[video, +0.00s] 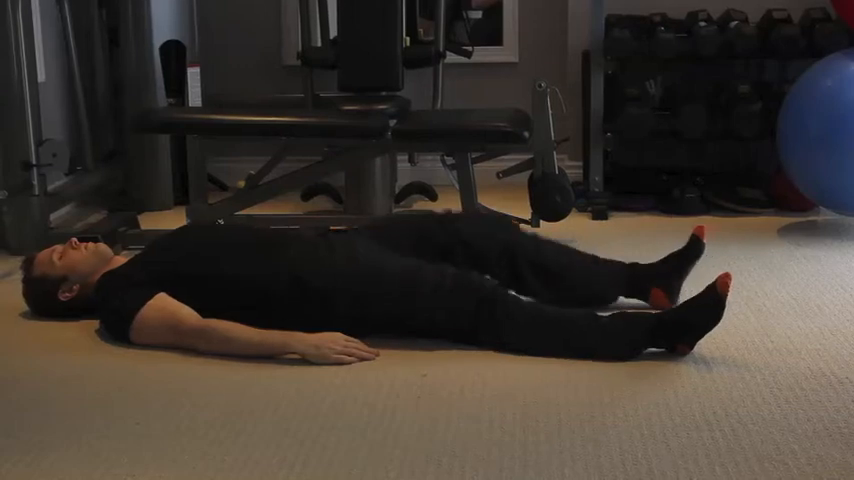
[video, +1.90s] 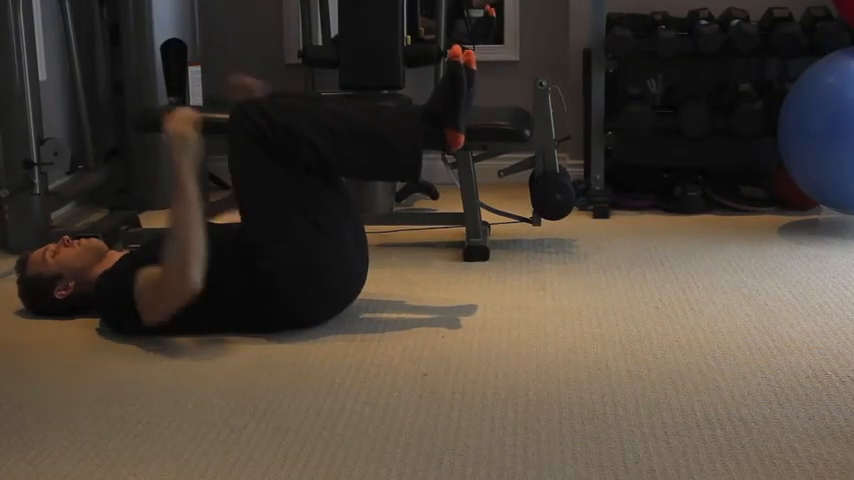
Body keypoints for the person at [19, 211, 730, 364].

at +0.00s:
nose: (72, 244)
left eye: (64, 243)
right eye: (61, 260)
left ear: (85, 239)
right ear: (71, 291)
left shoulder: (156, 246)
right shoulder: (118, 295)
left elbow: (254, 243)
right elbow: (198, 333)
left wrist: (333, 226)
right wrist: (297, 344)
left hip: (353, 236)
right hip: (332, 280)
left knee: (489, 233)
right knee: (479, 302)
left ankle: (636, 284)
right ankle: (656, 335)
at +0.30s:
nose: (80, 241)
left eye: (71, 239)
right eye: (68, 255)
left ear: (90, 244)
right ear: (74, 285)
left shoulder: (153, 246)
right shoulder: (127, 297)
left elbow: (249, 235)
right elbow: (206, 331)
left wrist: (319, 218)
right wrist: (311, 345)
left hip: (343, 226)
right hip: (330, 276)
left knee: (435, 152)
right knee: (472, 258)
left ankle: (563, 253)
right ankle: (641, 326)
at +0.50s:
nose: (81, 239)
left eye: (72, 239)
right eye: (68, 255)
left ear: (91, 242)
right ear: (77, 287)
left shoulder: (150, 251)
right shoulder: (128, 298)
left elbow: (243, 247)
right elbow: (209, 335)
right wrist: (312, 344)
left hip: (330, 242)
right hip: (325, 288)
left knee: (395, 129)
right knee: (441, 193)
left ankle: (530, 213)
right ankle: (585, 286)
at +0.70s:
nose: (80, 239)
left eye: (70, 238)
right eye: (66, 254)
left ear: (89, 241)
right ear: (74, 289)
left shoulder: (147, 259)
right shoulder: (123, 297)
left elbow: (252, 262)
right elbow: (202, 332)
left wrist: (358, 274)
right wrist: (309, 344)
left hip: (325, 270)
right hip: (316, 294)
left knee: (378, 116)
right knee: (358, 131)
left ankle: (514, 187)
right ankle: (499, 227)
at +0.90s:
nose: (73, 238)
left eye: (63, 239)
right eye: (60, 251)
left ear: (85, 247)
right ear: (70, 289)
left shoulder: (151, 253)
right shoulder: (119, 297)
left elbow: (251, 254)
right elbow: (201, 331)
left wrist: (361, 273)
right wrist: (304, 344)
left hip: (325, 271)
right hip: (302, 294)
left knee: (346, 111)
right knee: (298, 123)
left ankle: (475, 143)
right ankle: (452, 163)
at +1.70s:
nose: (66, 236)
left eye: (56, 237)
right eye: (54, 250)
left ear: (81, 241)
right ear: (67, 287)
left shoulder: (141, 253)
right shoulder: (115, 293)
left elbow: (238, 241)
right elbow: (193, 328)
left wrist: (346, 218)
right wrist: (295, 305)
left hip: (318, 253)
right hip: (305, 281)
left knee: (271, 118)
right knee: (259, 121)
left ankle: (432, 125)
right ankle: (431, 132)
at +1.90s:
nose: (68, 236)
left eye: (58, 237)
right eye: (56, 250)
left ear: (80, 237)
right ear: (66, 288)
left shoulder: (141, 254)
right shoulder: (116, 296)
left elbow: (242, 212)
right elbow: (186, 278)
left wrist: (254, 113)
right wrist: (182, 154)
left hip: (315, 264)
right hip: (300, 283)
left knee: (269, 118)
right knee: (255, 121)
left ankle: (426, 121)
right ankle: (429, 127)